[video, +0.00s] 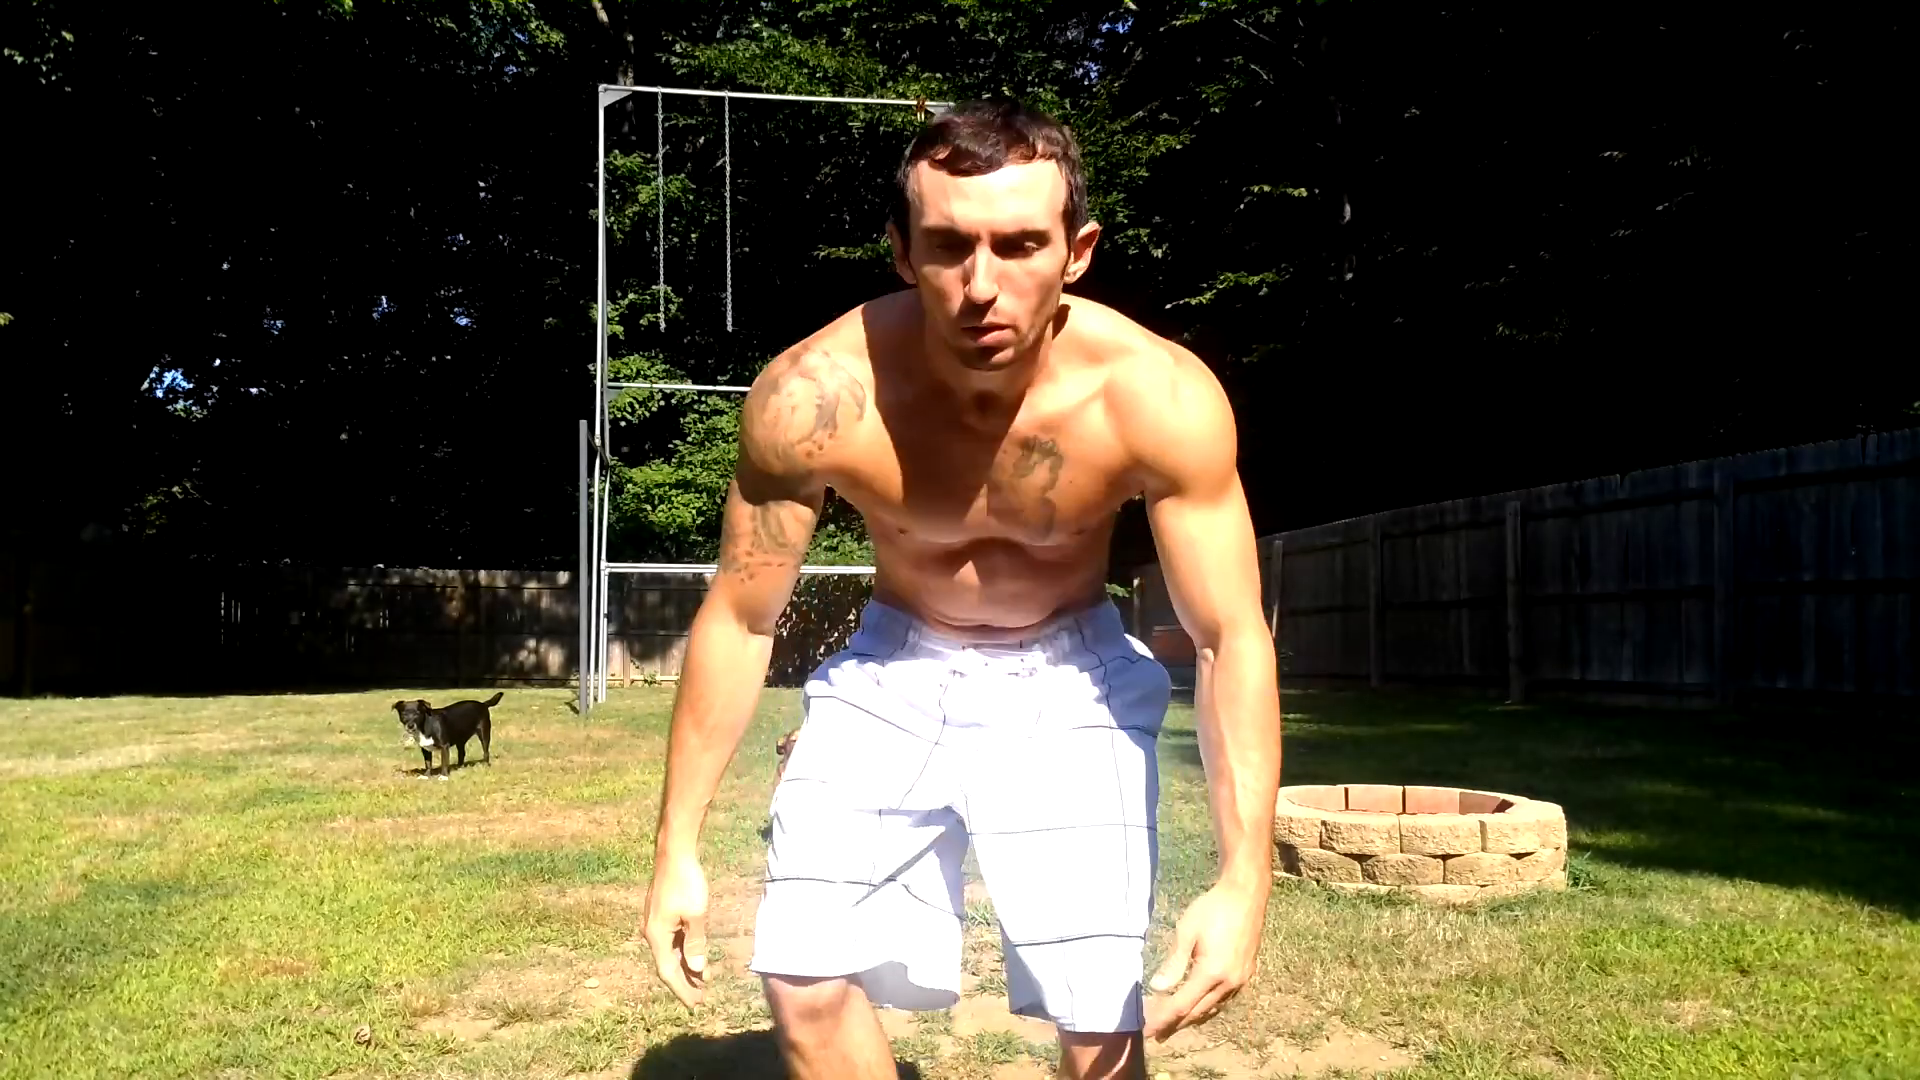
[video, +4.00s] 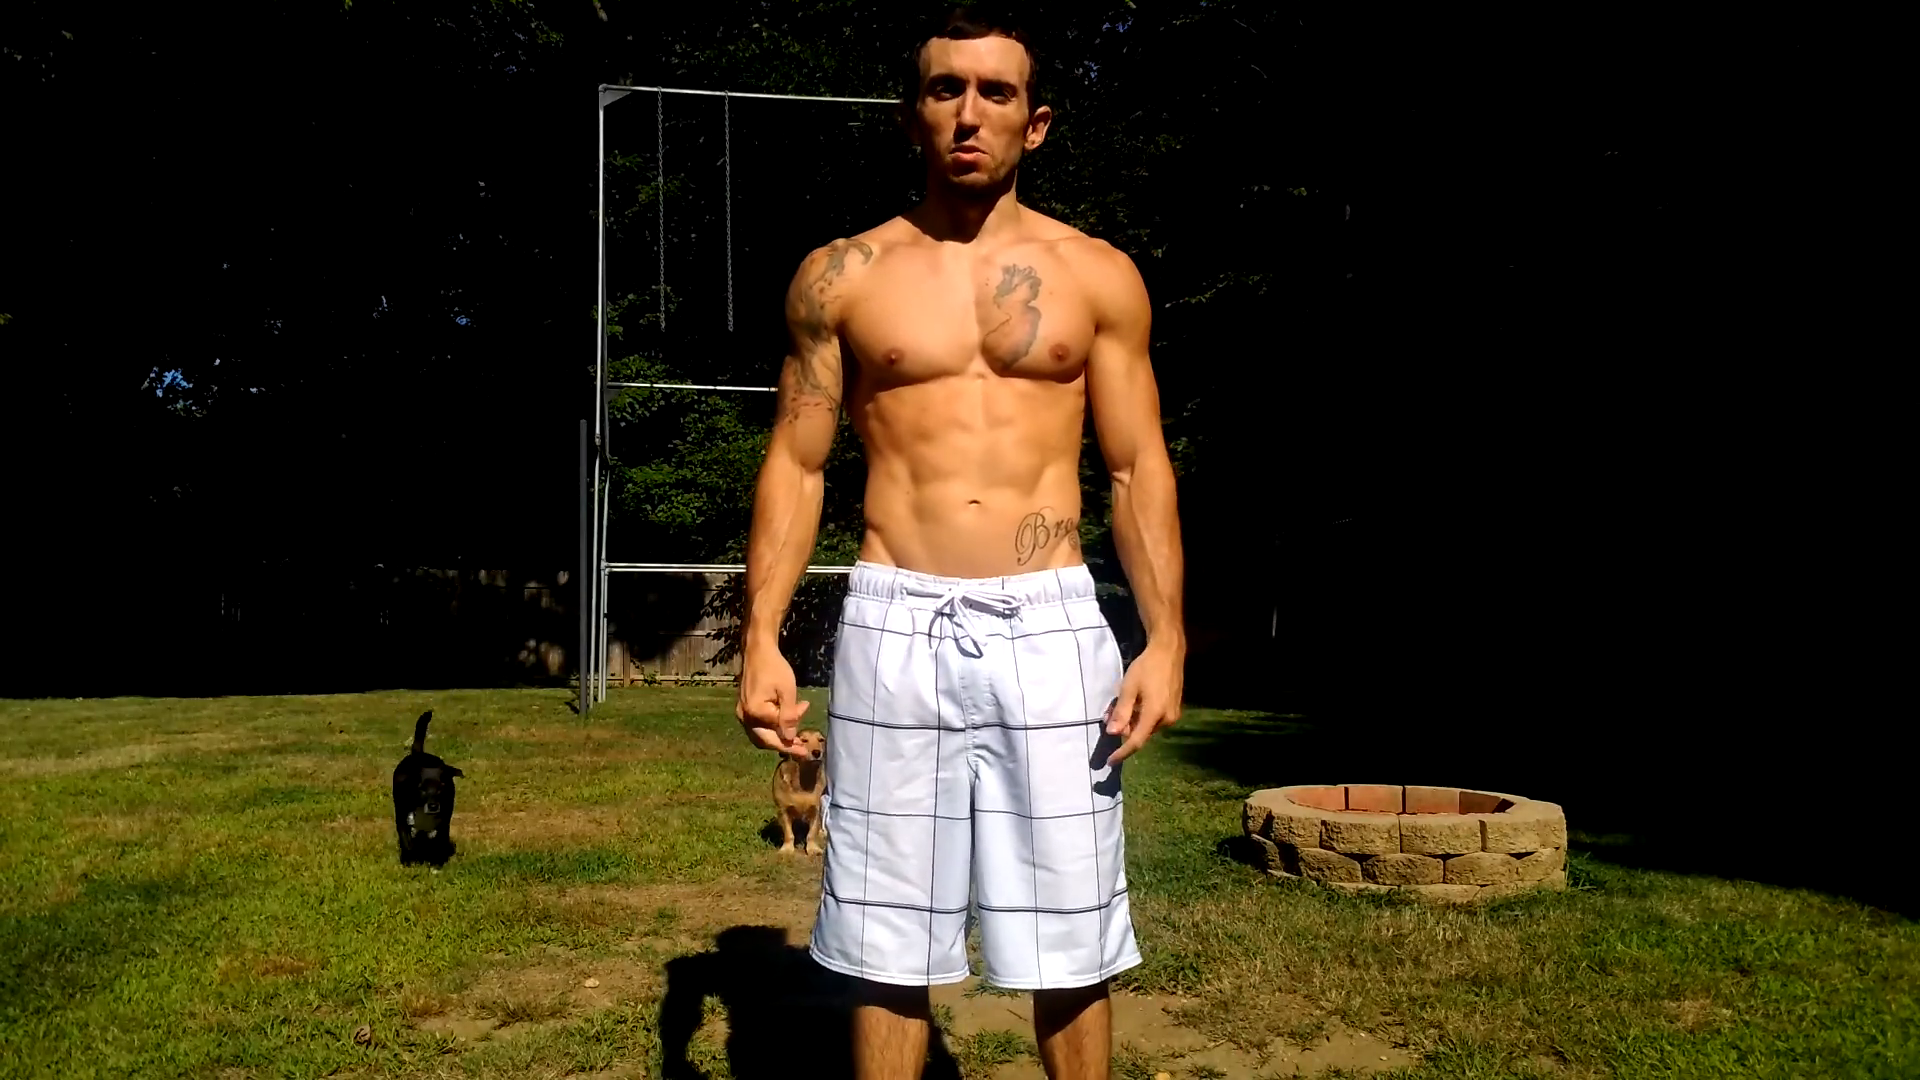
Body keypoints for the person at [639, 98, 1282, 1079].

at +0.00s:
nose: (980, 285)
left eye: (1016, 246)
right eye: (947, 248)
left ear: (1075, 250)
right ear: (905, 252)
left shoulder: (1162, 403)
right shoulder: (812, 399)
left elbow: (1233, 641)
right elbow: (738, 618)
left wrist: (1242, 881)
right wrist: (676, 844)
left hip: (1073, 672)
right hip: (891, 658)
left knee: (1098, 1020)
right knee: (804, 974)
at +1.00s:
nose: (1014, 213)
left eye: (1039, 186)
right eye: (991, 186)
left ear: (1091, 157)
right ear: (967, 161)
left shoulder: (1171, 287)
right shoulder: (919, 282)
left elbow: (1237, 467)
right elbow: (884, 450)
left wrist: (1283, 631)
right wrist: (847, 611)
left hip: (1100, 625)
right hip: (952, 615)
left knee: (1105, 919)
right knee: (914, 911)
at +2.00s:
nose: (973, 135)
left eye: (998, 114)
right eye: (949, 113)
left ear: (1029, 138)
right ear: (916, 135)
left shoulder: (1098, 285)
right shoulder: (841, 284)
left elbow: (1152, 464)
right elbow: (793, 457)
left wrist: (1173, 630)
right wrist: (768, 627)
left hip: (1052, 625)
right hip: (901, 627)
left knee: (1073, 933)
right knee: (904, 941)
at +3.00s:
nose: (958, 112)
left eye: (984, 93)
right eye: (935, 91)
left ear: (1020, 121)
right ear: (905, 115)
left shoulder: (1091, 274)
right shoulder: (828, 274)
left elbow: (1125, 466)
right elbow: (782, 456)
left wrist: (1149, 637)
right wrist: (745, 630)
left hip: (1040, 623)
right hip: (882, 621)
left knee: (1062, 946)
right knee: (877, 949)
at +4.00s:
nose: (968, 113)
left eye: (995, 93)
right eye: (946, 90)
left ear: (1031, 121)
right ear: (915, 114)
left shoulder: (1098, 275)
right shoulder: (840, 276)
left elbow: (1139, 466)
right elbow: (797, 462)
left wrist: (1167, 637)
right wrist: (762, 641)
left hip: (1052, 623)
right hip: (893, 622)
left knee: (1072, 954)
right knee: (886, 950)